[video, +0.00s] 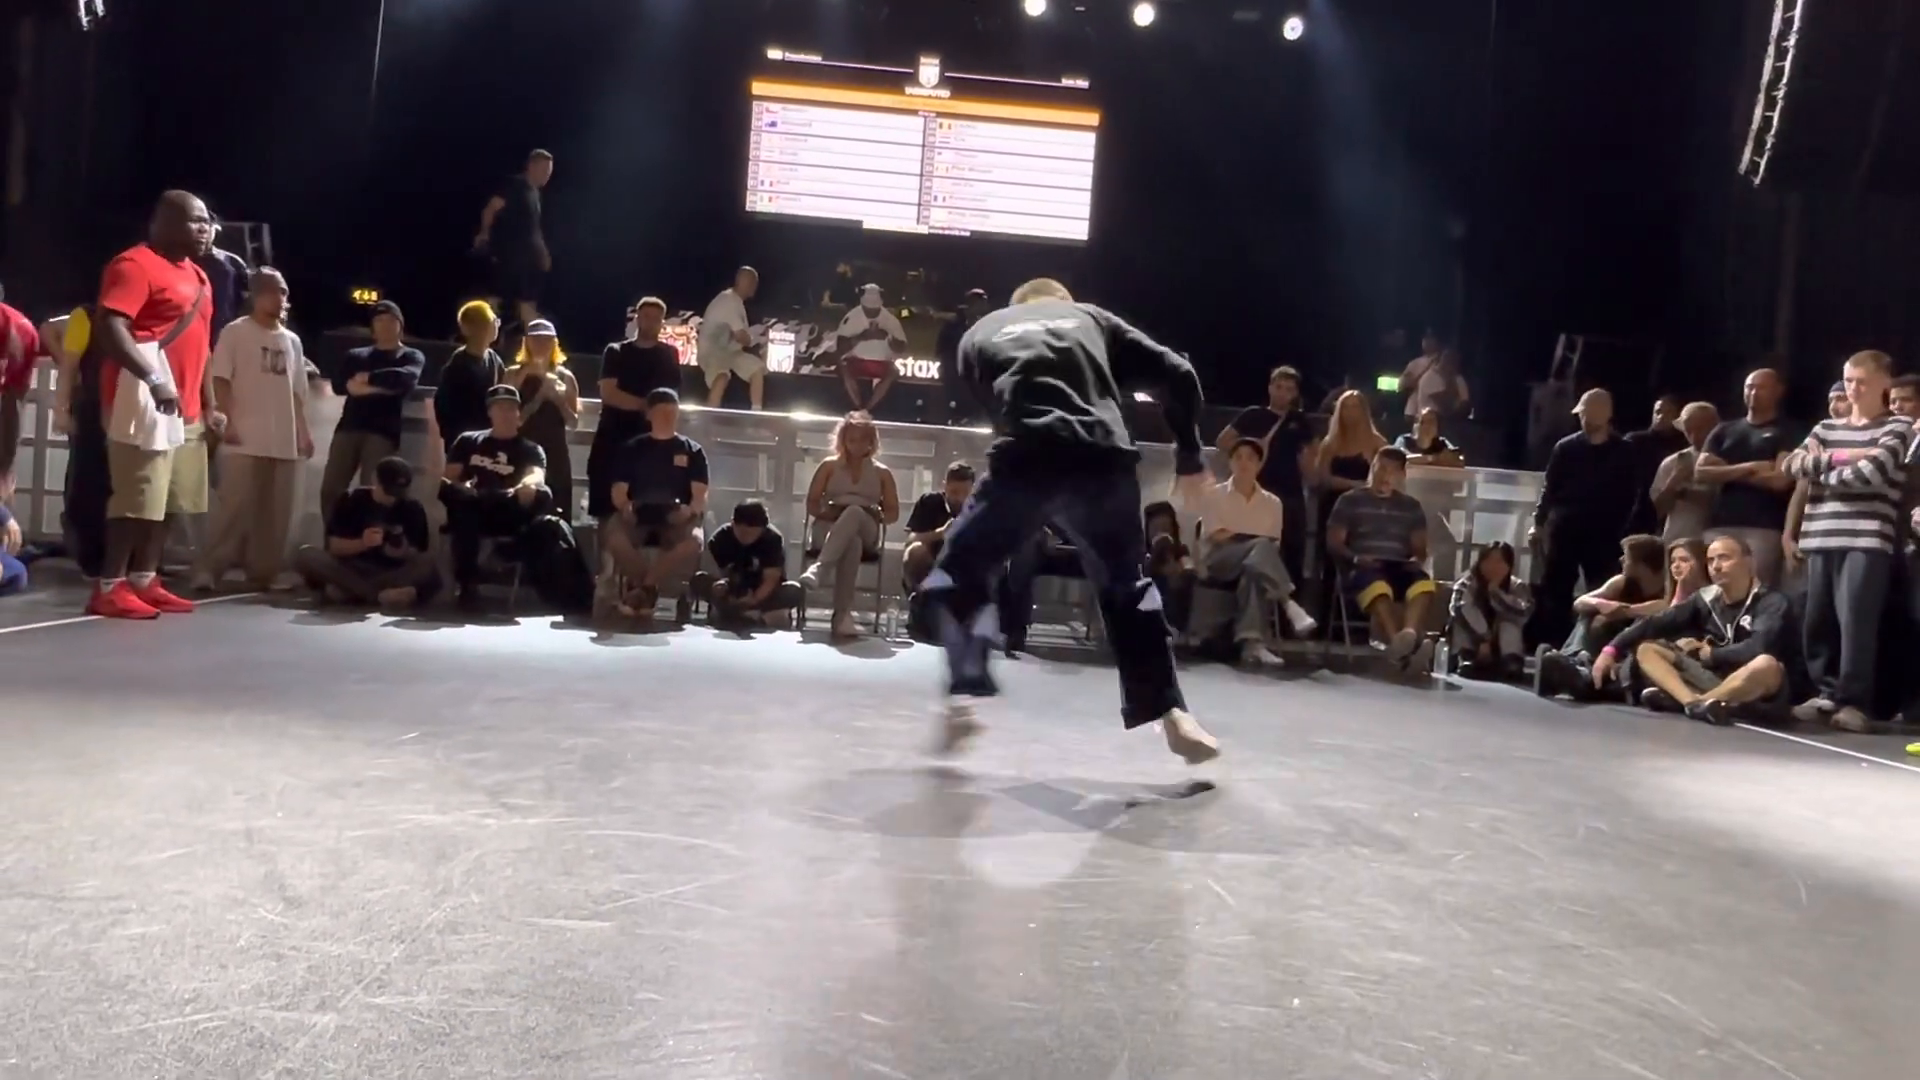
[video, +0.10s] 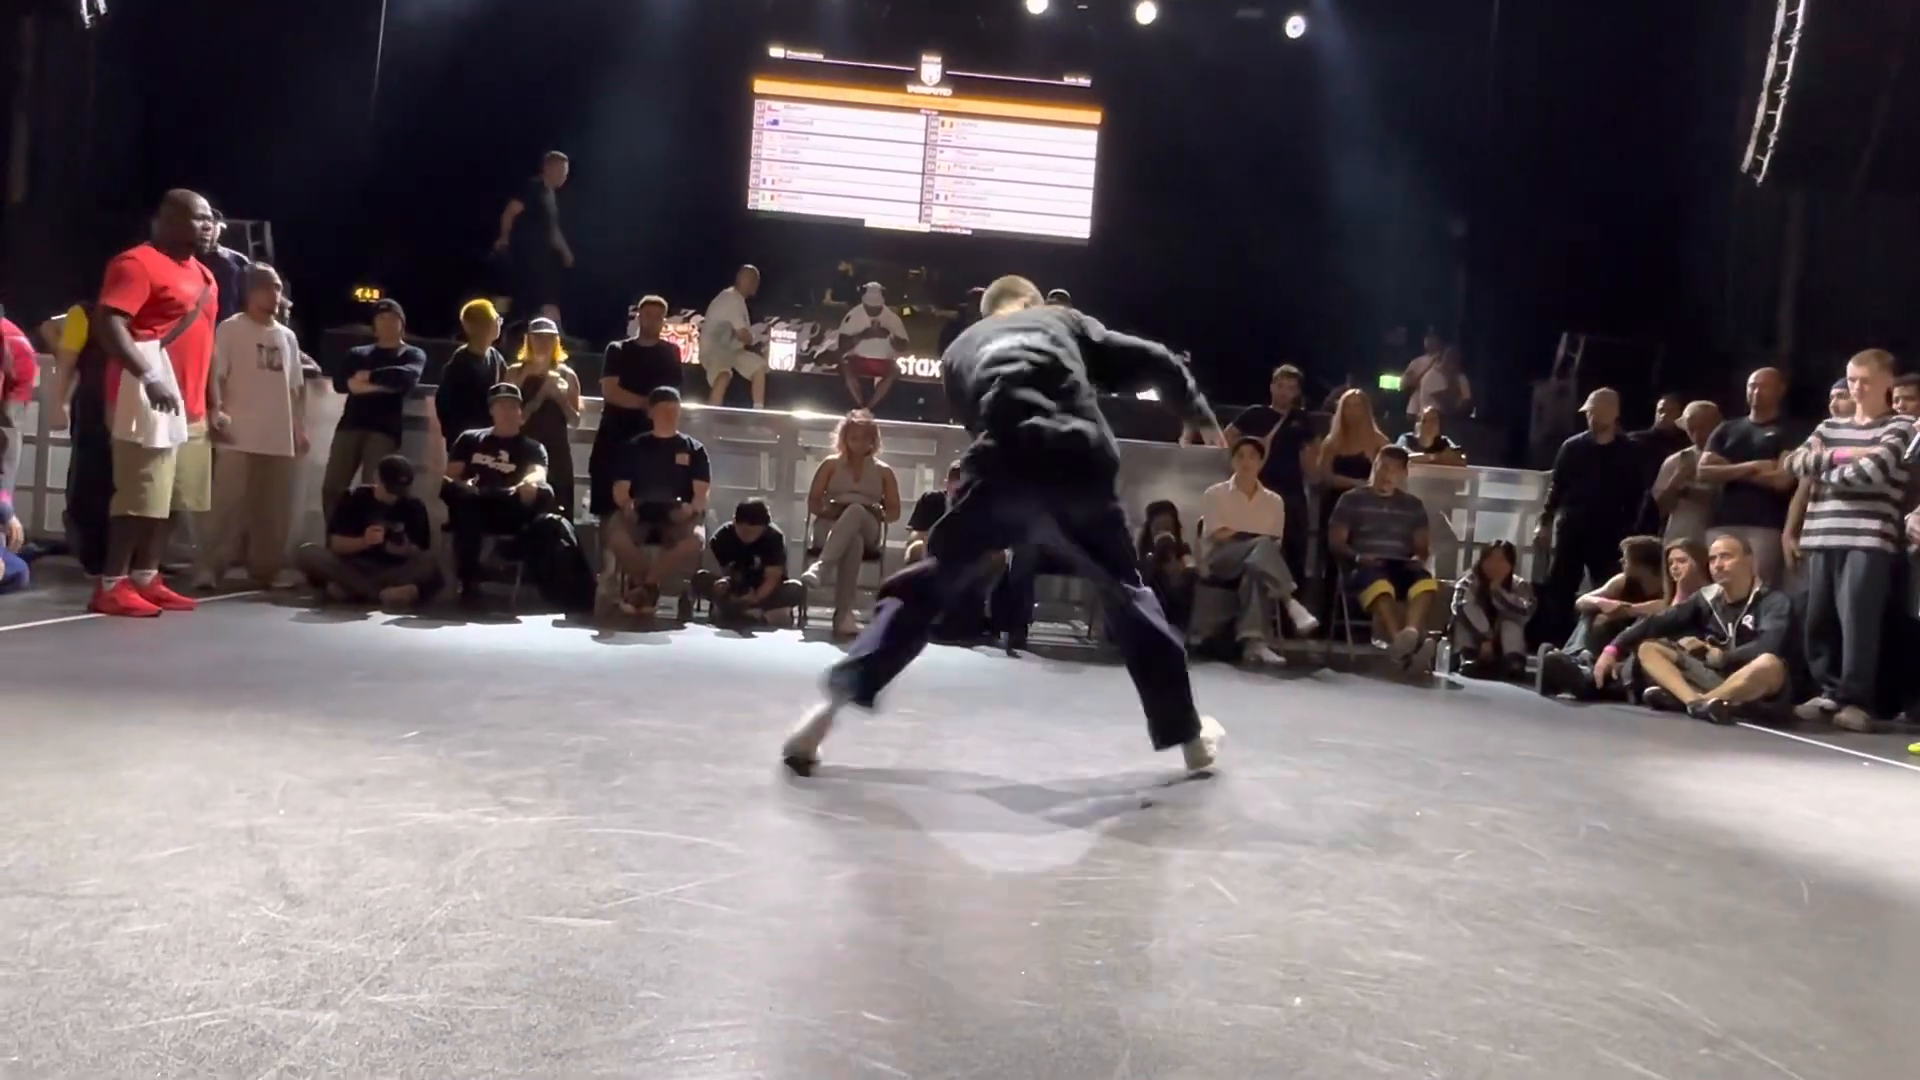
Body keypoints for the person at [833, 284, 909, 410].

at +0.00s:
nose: (871, 312)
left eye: (875, 309)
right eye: (868, 309)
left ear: (880, 305)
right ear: (862, 305)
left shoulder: (890, 319)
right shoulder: (852, 316)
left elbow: (901, 348)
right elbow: (840, 347)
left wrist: (887, 336)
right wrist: (862, 336)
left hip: (882, 362)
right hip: (857, 360)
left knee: (893, 373)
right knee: (844, 369)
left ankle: (868, 409)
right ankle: (859, 408)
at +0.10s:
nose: (873, 311)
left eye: (877, 308)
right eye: (869, 308)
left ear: (882, 304)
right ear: (863, 303)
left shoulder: (892, 318)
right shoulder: (853, 315)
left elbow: (903, 347)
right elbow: (842, 346)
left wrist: (889, 335)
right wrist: (864, 335)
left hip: (884, 360)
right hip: (858, 358)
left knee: (894, 371)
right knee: (846, 367)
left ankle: (869, 407)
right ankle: (860, 406)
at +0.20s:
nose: (875, 309)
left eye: (878, 306)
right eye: (871, 306)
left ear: (884, 302)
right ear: (865, 301)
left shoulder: (894, 315)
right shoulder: (855, 313)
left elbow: (905, 345)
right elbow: (844, 343)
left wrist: (890, 333)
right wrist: (865, 333)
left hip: (885, 358)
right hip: (860, 357)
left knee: (896, 369)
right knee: (847, 365)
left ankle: (871, 405)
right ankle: (862, 404)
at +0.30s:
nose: (875, 306)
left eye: (879, 303)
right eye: (872, 303)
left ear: (885, 300)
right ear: (866, 299)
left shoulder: (895, 314)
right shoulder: (856, 311)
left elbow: (906, 343)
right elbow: (844, 342)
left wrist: (892, 332)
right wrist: (866, 331)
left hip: (886, 357)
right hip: (861, 355)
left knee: (897, 367)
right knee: (848, 363)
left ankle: (873, 403)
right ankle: (863, 402)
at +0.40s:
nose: (877, 305)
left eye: (881, 302)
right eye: (874, 302)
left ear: (886, 299)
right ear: (868, 298)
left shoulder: (896, 313)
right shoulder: (857, 310)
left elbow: (907, 342)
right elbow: (845, 341)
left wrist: (893, 331)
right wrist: (867, 330)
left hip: (888, 356)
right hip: (862, 354)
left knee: (898, 366)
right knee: (850, 362)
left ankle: (874, 402)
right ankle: (864, 400)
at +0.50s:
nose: (879, 305)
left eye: (883, 302)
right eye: (875, 301)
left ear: (888, 298)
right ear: (869, 297)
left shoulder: (897, 311)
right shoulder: (859, 309)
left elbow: (908, 342)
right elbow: (847, 340)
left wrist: (894, 329)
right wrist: (869, 329)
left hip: (889, 355)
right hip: (864, 353)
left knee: (900, 366)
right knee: (852, 361)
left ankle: (875, 402)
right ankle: (866, 401)